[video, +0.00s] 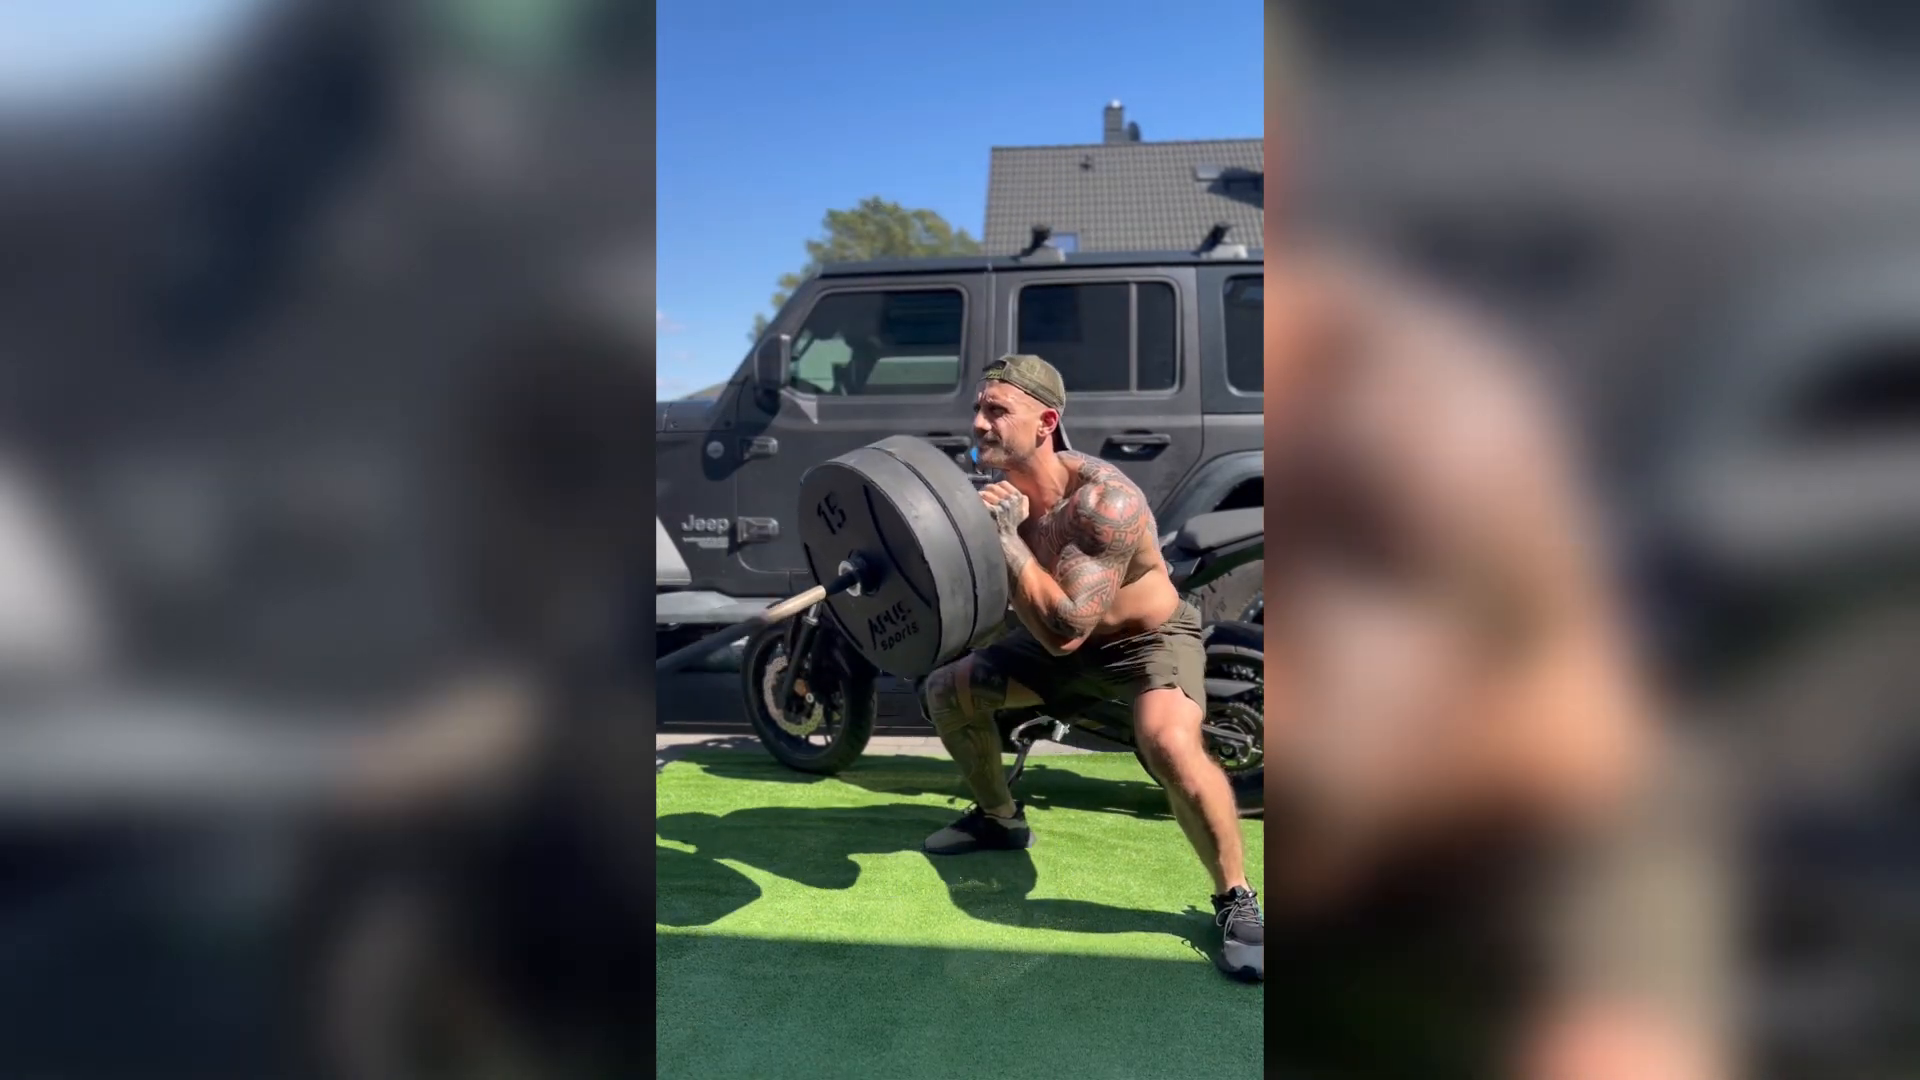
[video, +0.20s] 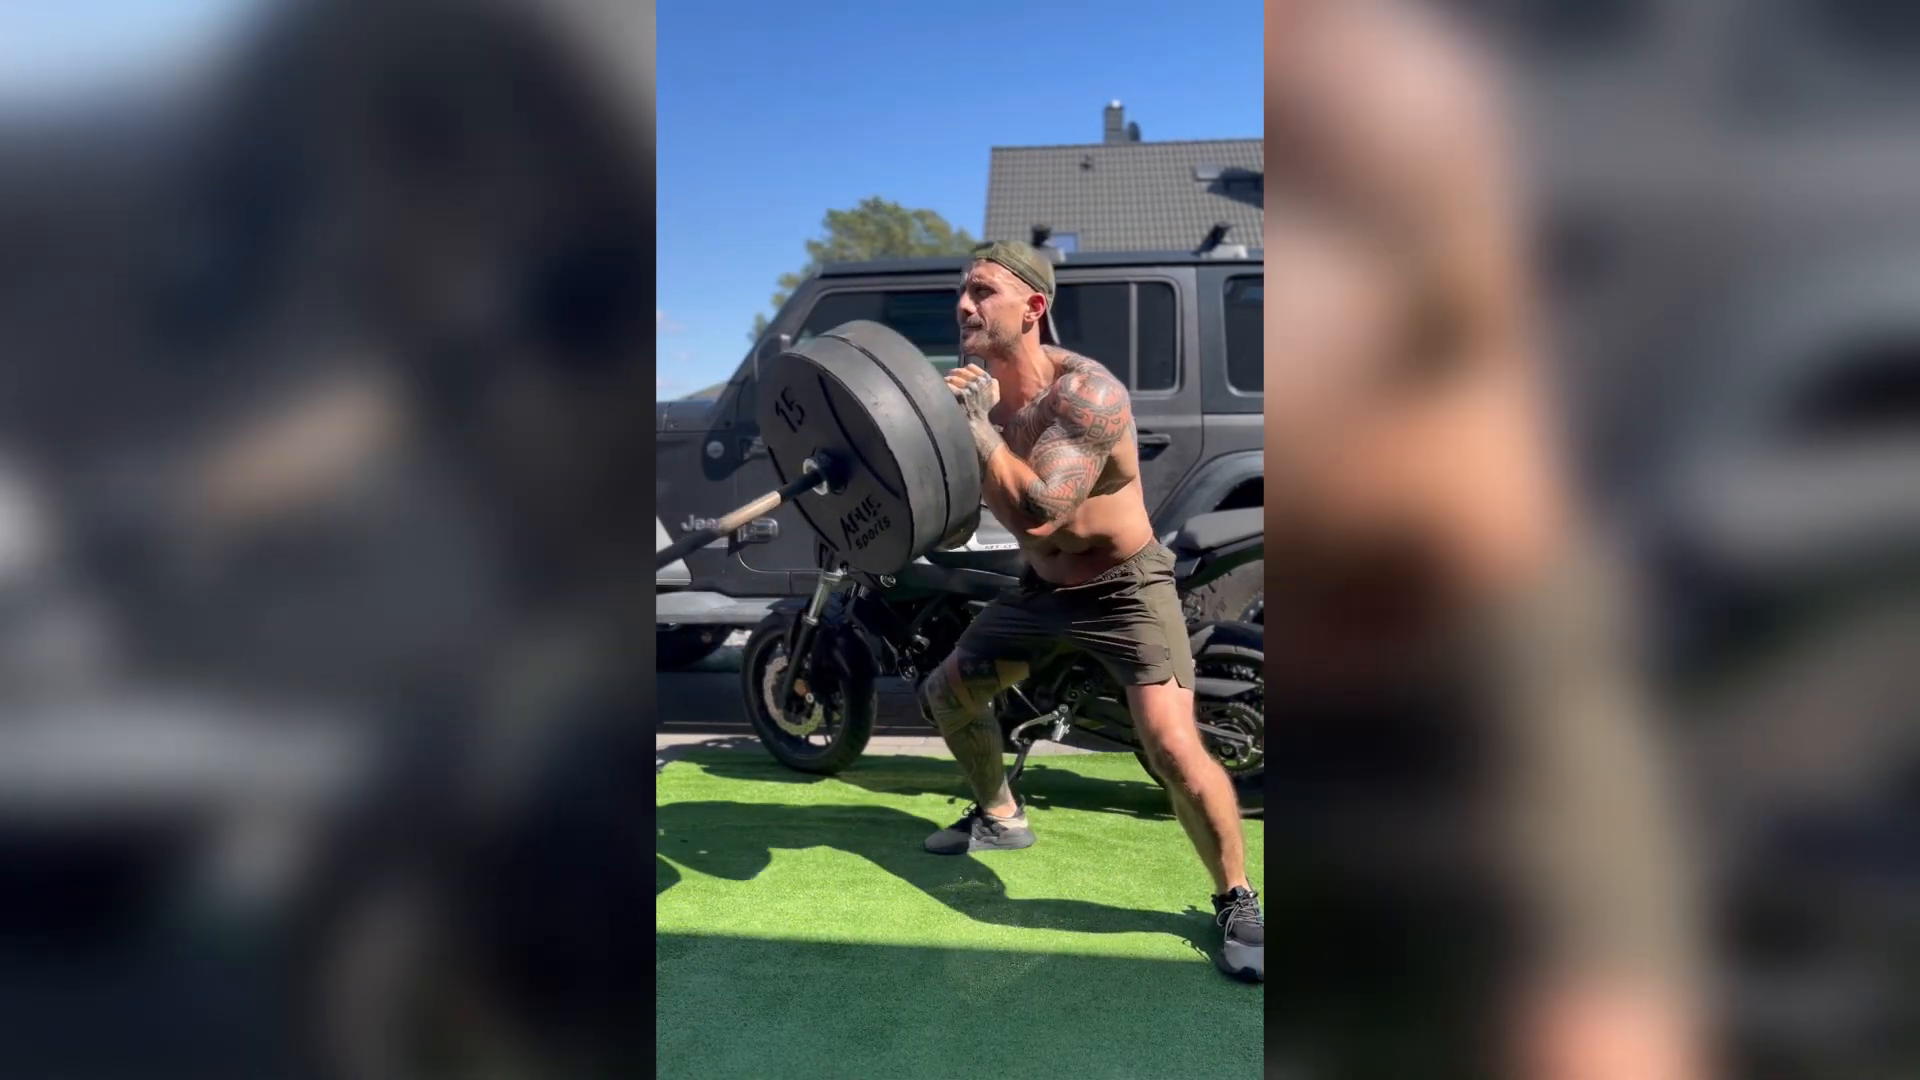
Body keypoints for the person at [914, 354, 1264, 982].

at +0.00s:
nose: (980, 424)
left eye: (997, 411)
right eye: (978, 410)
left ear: (1046, 423)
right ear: (981, 420)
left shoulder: (1109, 501)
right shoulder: (986, 497)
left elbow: (1066, 632)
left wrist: (1004, 538)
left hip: (1154, 638)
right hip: (1065, 640)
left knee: (1167, 740)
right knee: (949, 693)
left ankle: (1236, 897)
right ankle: (999, 820)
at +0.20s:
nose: (963, 306)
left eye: (982, 293)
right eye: (962, 293)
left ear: (1033, 307)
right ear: (967, 309)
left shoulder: (1091, 391)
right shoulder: (975, 393)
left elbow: (1041, 512)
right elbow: (949, 502)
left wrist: (977, 424)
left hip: (1129, 583)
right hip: (1043, 586)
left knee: (1167, 735)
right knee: (950, 692)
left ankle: (1237, 899)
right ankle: (1000, 817)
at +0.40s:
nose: (956, 212)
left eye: (971, 194)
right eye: (951, 197)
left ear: (1023, 197)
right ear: (957, 208)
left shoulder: (1074, 288)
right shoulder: (954, 301)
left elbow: (981, 341)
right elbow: (897, 370)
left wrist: (910, 246)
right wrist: (825, 299)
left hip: (1078, 534)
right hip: (994, 540)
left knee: (1148, 716)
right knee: (982, 687)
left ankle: (1234, 893)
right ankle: (1000, 815)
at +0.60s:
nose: (911, 219)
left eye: (925, 203)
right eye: (906, 206)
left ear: (968, 204)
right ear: (912, 215)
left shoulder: (1025, 269)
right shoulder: (903, 289)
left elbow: (919, 203)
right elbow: (816, 227)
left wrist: (820, 76)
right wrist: (752, 104)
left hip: (1079, 540)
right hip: (997, 548)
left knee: (1151, 720)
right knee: (992, 693)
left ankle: (1232, 892)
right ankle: (1002, 815)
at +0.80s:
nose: (898, 241)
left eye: (913, 221)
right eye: (895, 224)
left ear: (956, 226)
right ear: (900, 233)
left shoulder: (1006, 296)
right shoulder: (896, 315)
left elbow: (900, 204)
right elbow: (815, 221)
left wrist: (811, 59)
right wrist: (760, 83)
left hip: (1099, 543)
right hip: (1016, 558)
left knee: (1163, 721)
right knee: (1001, 695)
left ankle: (1234, 893)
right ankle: (1002, 814)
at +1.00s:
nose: (956, 208)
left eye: (972, 193)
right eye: (949, 196)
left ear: (1026, 200)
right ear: (950, 208)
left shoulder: (1076, 281)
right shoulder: (949, 302)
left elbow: (973, 291)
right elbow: (880, 324)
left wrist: (886, 186)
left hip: (1091, 545)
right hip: (1006, 551)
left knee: (1160, 725)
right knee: (989, 691)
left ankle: (1235, 896)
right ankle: (1000, 817)